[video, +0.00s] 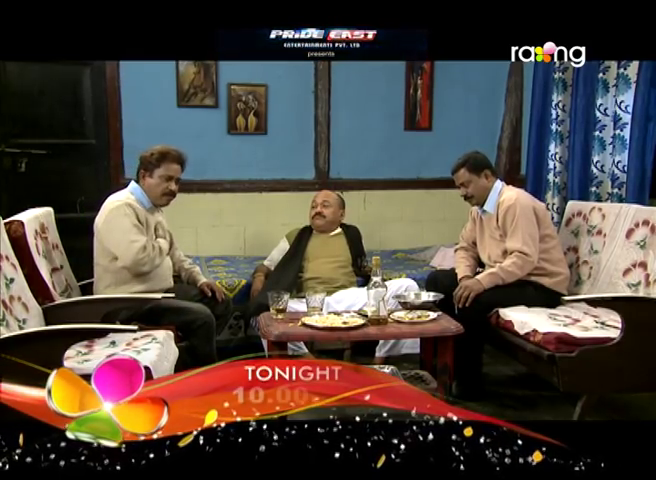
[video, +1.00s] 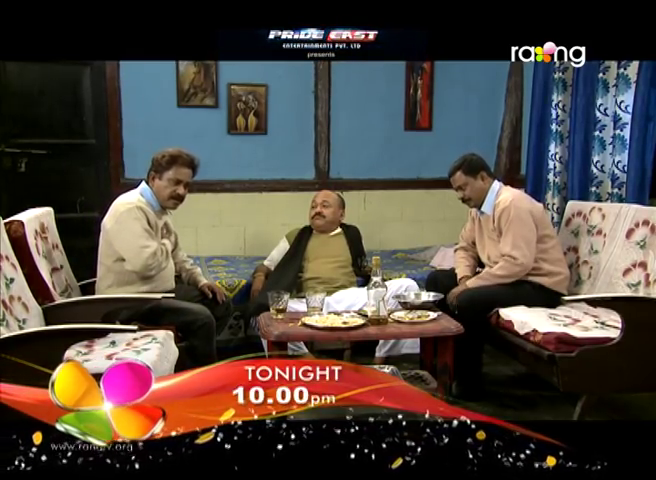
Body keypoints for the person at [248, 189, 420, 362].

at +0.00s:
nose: (317, 210)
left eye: (326, 206)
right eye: (314, 206)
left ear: (341, 213)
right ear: (309, 211)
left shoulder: (351, 233)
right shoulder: (297, 236)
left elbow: (362, 268)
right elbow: (266, 267)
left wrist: (377, 280)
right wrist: (258, 286)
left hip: (351, 297)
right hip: (311, 300)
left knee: (406, 286)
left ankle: (381, 362)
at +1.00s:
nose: (317, 210)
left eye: (325, 206)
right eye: (314, 206)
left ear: (341, 213)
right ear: (309, 211)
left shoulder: (351, 233)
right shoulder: (297, 236)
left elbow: (362, 268)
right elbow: (265, 267)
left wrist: (377, 282)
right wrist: (256, 297)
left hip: (351, 297)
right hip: (311, 300)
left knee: (406, 286)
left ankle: (381, 362)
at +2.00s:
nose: (317, 211)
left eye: (325, 206)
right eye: (314, 206)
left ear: (340, 213)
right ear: (309, 211)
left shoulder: (351, 233)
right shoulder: (297, 236)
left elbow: (361, 269)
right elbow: (264, 269)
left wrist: (379, 281)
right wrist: (256, 302)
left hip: (350, 298)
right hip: (309, 300)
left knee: (406, 286)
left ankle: (382, 362)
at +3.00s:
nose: (317, 210)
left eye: (325, 206)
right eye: (313, 206)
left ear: (340, 213)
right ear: (309, 211)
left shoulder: (351, 233)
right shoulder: (297, 236)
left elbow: (361, 269)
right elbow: (264, 269)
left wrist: (378, 282)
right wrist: (256, 302)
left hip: (350, 297)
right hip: (309, 300)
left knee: (406, 285)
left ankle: (383, 363)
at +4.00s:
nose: (316, 211)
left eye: (324, 207)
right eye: (313, 207)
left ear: (340, 214)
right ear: (308, 212)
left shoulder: (351, 233)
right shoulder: (297, 236)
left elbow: (361, 269)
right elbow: (265, 268)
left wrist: (379, 281)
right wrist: (255, 301)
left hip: (350, 297)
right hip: (309, 300)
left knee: (406, 286)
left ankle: (382, 362)